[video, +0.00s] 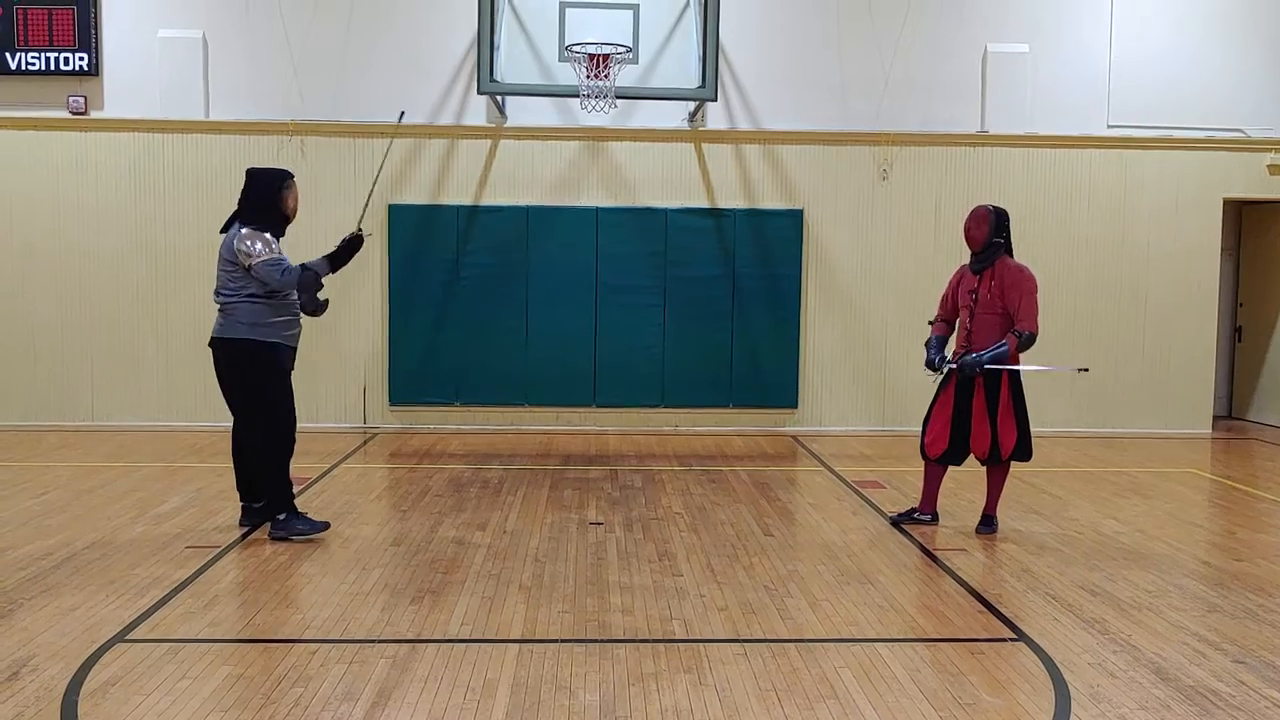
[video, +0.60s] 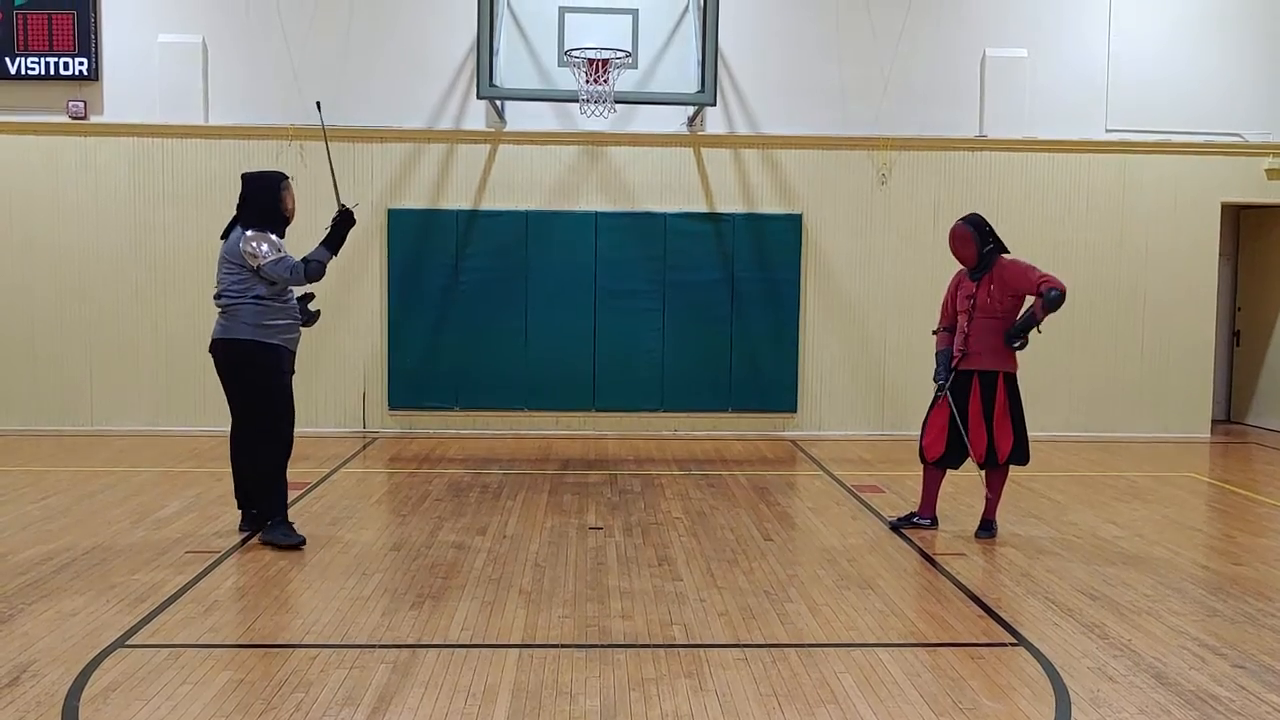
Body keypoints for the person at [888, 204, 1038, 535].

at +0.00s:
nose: (967, 231)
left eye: (975, 225)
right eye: (967, 225)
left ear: (995, 231)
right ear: (970, 230)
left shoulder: (1017, 275)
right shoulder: (964, 274)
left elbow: (1027, 332)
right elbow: (945, 318)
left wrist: (984, 358)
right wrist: (934, 346)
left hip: (997, 374)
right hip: (961, 371)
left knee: (997, 442)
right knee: (937, 433)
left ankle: (989, 514)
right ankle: (926, 508)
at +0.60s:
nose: (958, 255)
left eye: (961, 247)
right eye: (954, 248)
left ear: (980, 242)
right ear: (955, 247)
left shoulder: (1007, 268)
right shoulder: (960, 279)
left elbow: (1054, 290)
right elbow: (946, 325)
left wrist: (1023, 325)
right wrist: (943, 364)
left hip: (996, 373)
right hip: (959, 372)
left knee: (997, 444)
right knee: (936, 437)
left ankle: (988, 518)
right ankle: (926, 513)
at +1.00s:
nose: (936, 290)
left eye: (940, 282)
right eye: (933, 284)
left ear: (959, 277)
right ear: (934, 283)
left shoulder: (990, 306)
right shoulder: (937, 315)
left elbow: (1042, 334)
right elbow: (927, 364)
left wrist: (1012, 363)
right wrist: (926, 402)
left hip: (981, 406)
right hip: (943, 407)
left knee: (981, 476)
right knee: (920, 469)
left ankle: (973, 549)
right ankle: (911, 545)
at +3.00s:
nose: (943, 258)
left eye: (949, 252)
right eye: (943, 251)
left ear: (968, 256)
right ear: (958, 257)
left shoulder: (991, 291)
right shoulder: (942, 301)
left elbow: (1040, 322)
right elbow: (930, 349)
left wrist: (1010, 354)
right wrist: (928, 390)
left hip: (981, 393)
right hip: (943, 393)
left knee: (982, 463)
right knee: (920, 456)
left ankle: (974, 536)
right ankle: (912, 531)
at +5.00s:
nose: (966, 229)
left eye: (972, 222)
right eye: (967, 222)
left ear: (991, 225)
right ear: (979, 226)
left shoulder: (1015, 261)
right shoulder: (965, 270)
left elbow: (1063, 292)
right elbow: (952, 319)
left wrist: (1032, 324)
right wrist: (949, 358)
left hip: (1003, 363)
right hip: (965, 363)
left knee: (1004, 434)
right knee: (941, 426)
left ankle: (995, 506)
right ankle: (932, 500)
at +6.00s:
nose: (964, 229)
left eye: (970, 222)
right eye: (964, 222)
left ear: (989, 225)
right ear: (974, 226)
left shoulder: (1012, 259)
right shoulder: (965, 270)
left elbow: (1062, 290)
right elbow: (953, 318)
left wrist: (1031, 323)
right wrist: (950, 359)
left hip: (1003, 362)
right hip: (966, 363)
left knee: (1006, 433)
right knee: (943, 426)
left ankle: (999, 505)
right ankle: (936, 501)